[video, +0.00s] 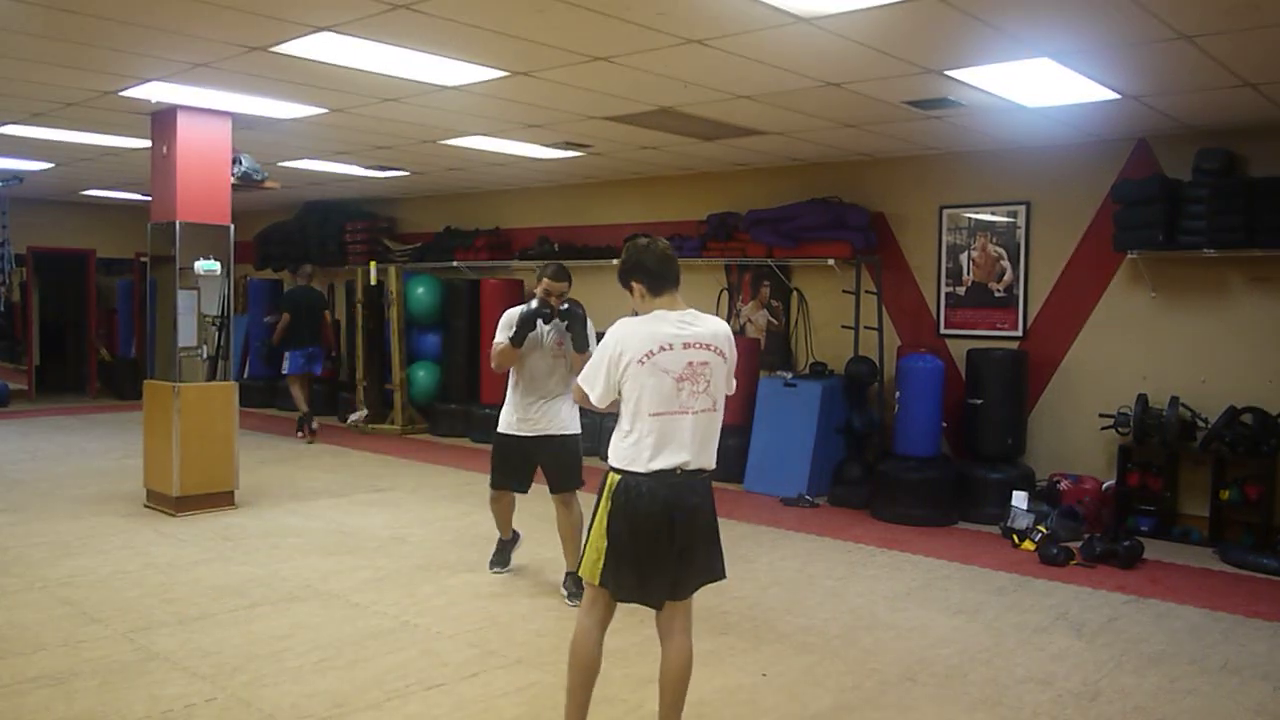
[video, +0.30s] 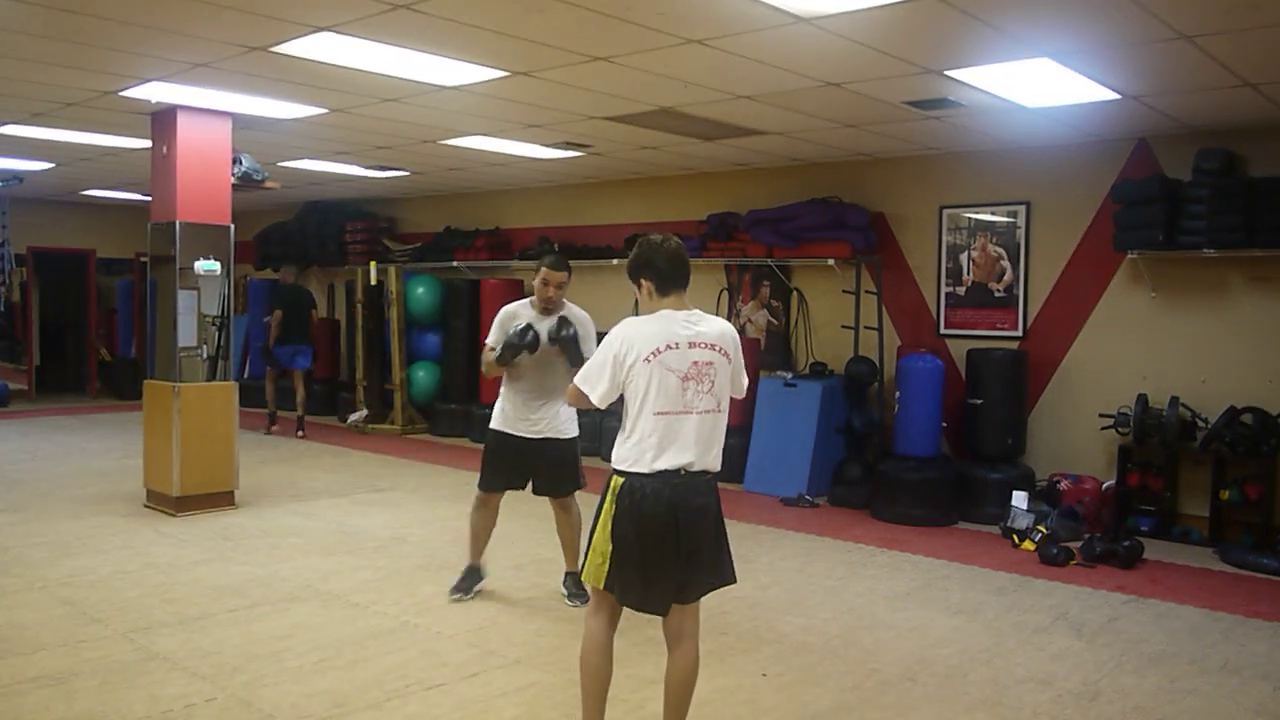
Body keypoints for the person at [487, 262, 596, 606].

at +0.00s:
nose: (552, 300)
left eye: (560, 295)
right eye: (547, 293)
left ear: (569, 292)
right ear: (536, 286)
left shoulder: (578, 320)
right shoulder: (515, 316)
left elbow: (583, 372)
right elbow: (499, 363)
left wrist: (577, 329)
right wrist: (523, 330)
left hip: (559, 421)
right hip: (515, 420)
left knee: (565, 498)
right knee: (500, 493)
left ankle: (573, 573)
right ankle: (506, 537)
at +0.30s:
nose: (551, 292)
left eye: (559, 286)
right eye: (545, 284)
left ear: (568, 286)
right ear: (533, 280)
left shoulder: (580, 321)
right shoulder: (510, 314)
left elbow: (591, 380)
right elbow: (487, 369)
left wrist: (572, 351)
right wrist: (508, 352)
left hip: (557, 428)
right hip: (508, 425)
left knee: (564, 501)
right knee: (486, 496)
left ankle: (573, 575)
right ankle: (473, 567)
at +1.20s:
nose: (493, 292)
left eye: (499, 285)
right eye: (486, 284)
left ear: (504, 284)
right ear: (469, 279)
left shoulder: (511, 316)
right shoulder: (445, 318)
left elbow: (530, 374)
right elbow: (436, 371)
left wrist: (523, 336)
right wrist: (466, 337)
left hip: (511, 430)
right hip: (460, 434)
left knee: (535, 502)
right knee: (458, 510)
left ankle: (546, 578)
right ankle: (456, 581)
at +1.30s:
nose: (499, 296)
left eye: (505, 289)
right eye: (491, 288)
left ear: (512, 287)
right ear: (476, 283)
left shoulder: (518, 319)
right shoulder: (451, 320)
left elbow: (540, 365)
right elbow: (439, 374)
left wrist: (530, 330)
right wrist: (465, 341)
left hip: (513, 435)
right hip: (463, 436)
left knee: (532, 512)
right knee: (460, 511)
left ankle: (550, 585)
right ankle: (456, 581)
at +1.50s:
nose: (509, 297)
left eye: (516, 291)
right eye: (504, 289)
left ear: (530, 290)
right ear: (494, 284)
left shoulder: (543, 318)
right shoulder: (473, 317)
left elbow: (565, 366)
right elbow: (454, 371)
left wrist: (547, 332)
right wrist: (481, 331)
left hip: (533, 438)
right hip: (480, 438)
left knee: (547, 516)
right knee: (466, 512)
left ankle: (557, 597)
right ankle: (458, 581)